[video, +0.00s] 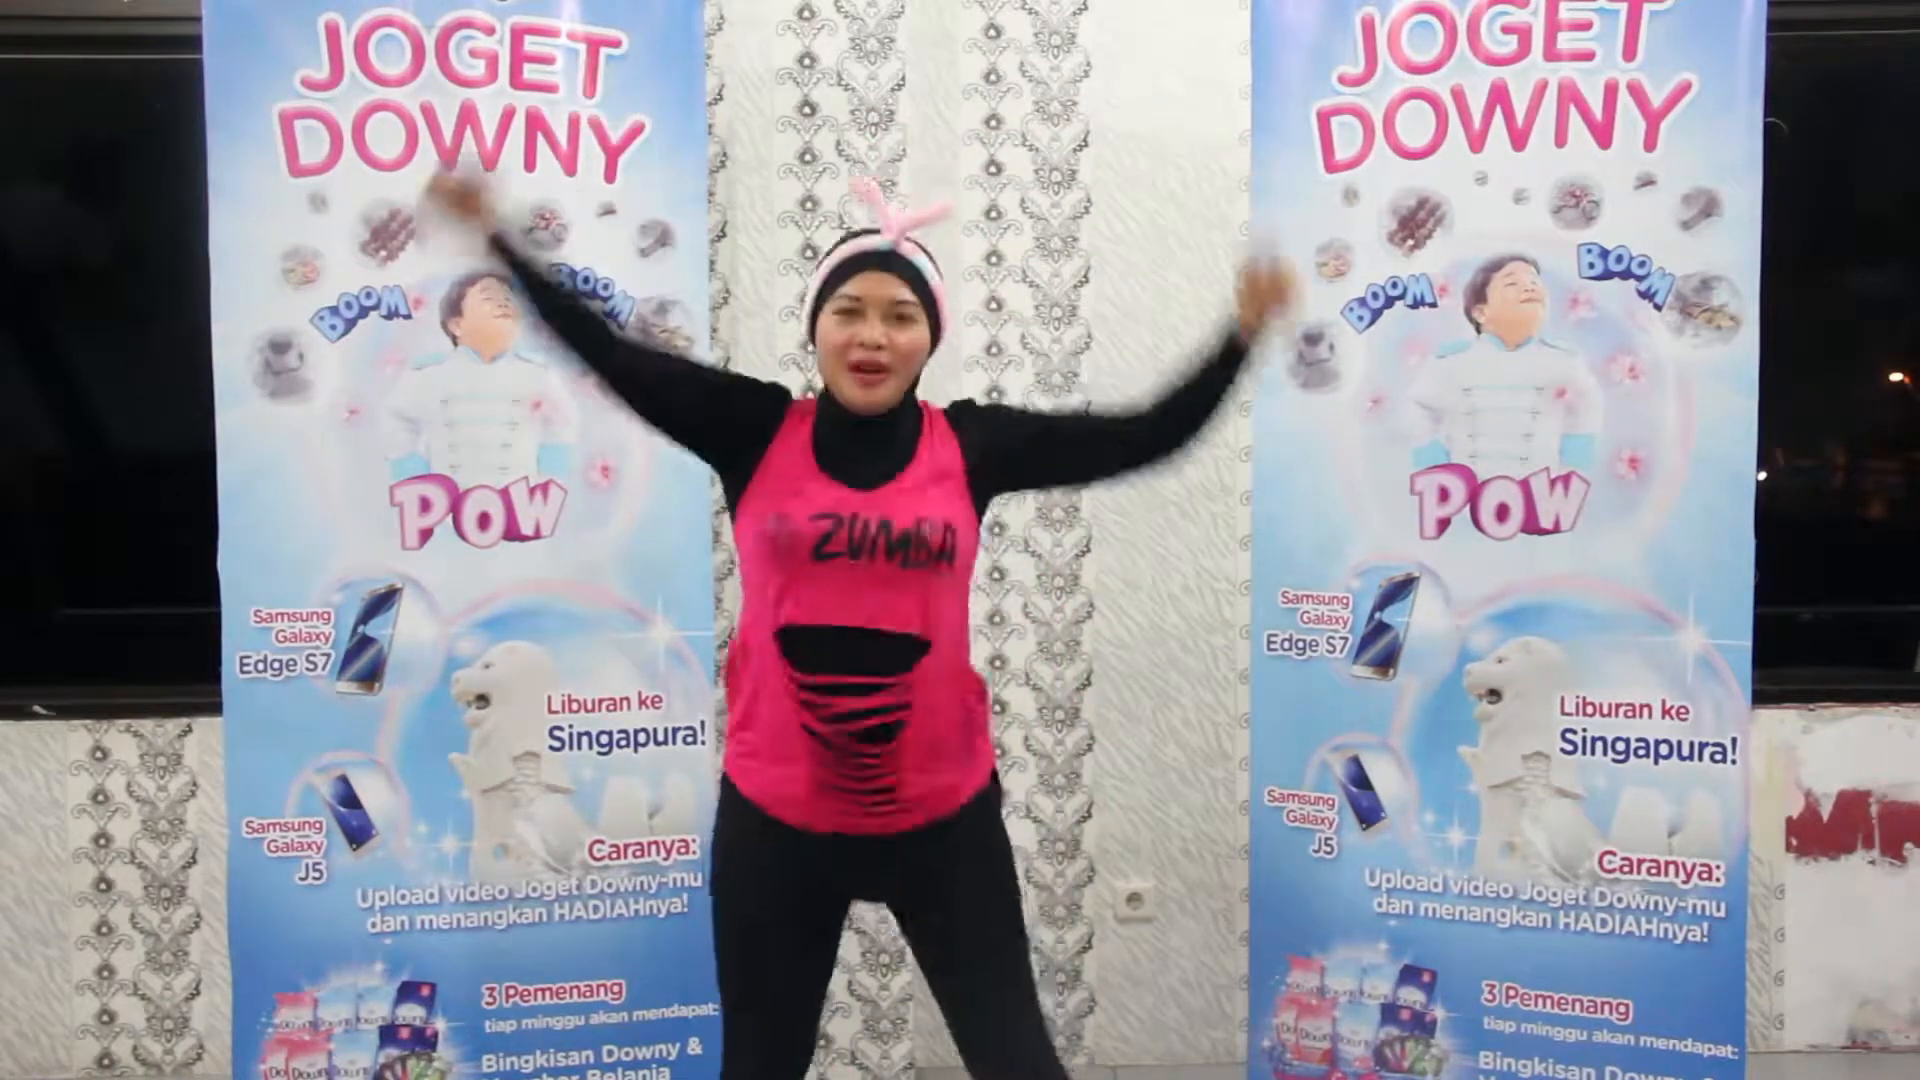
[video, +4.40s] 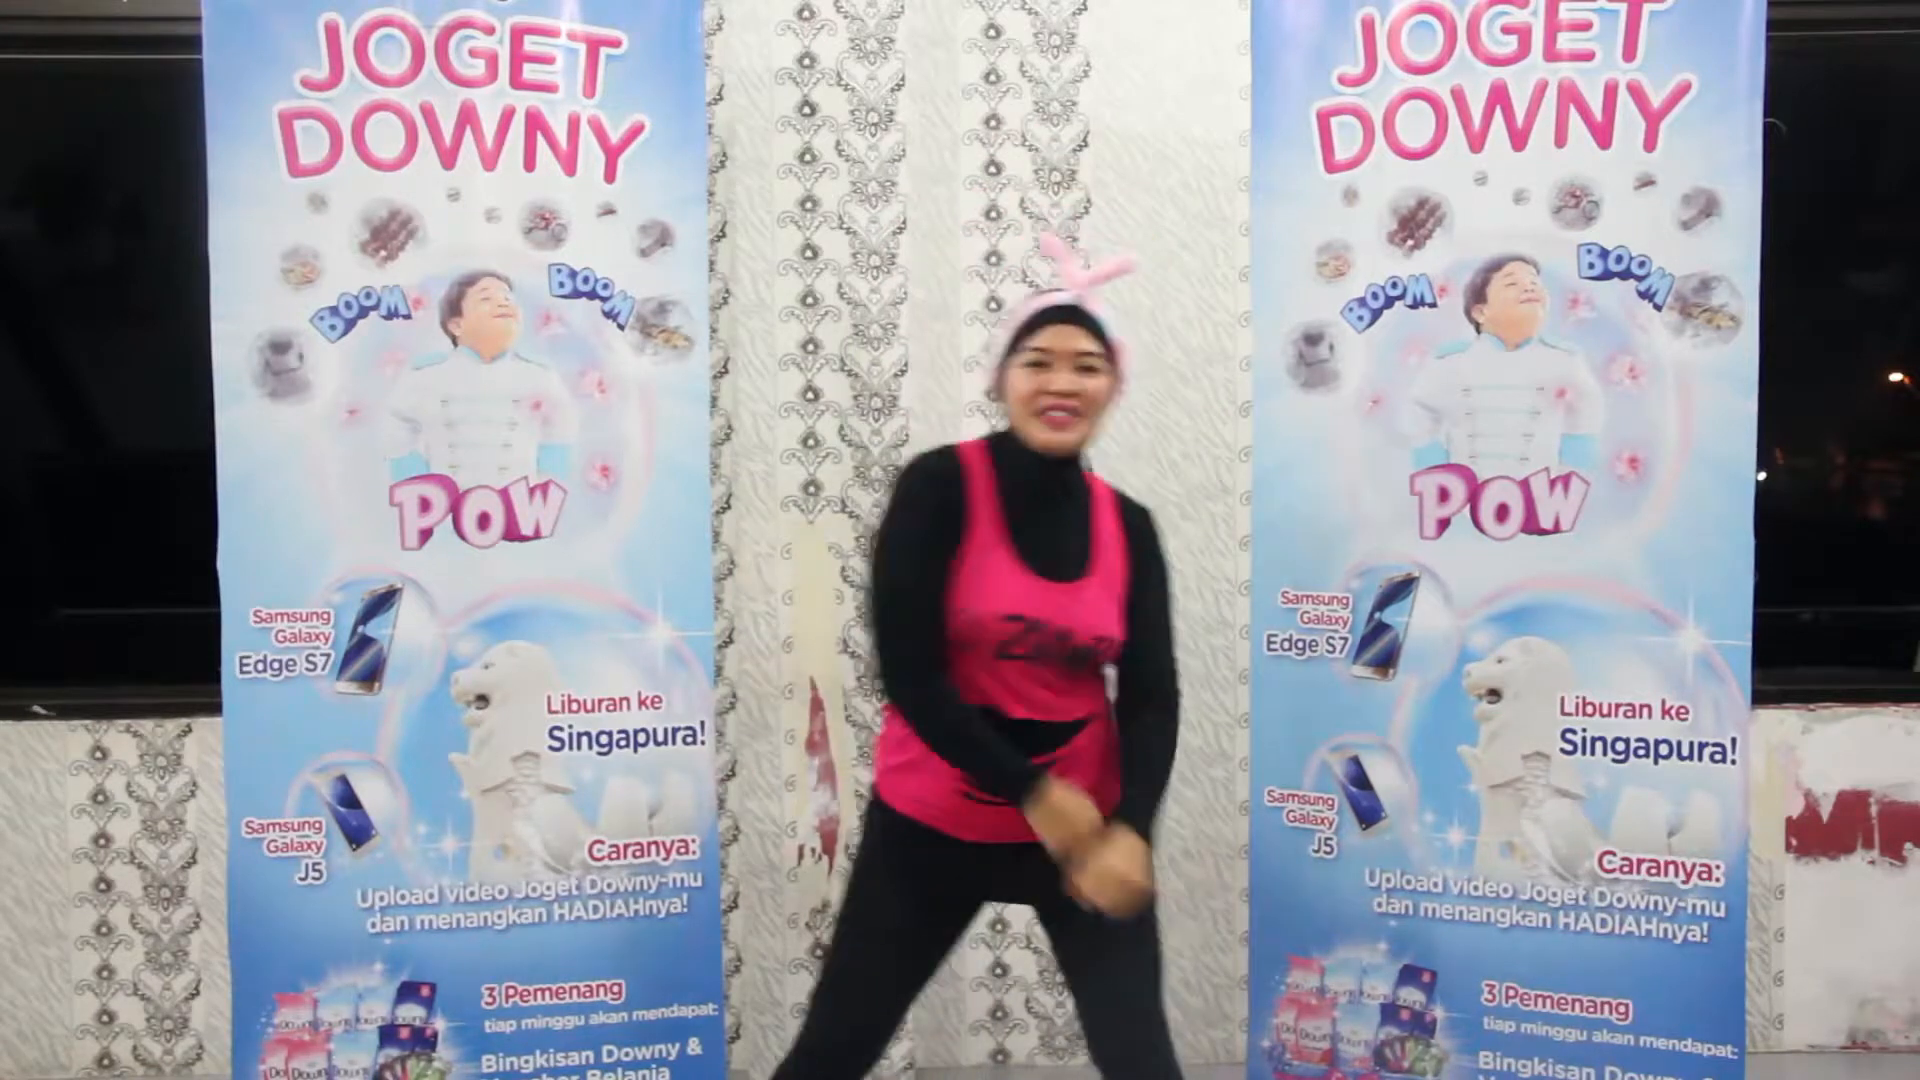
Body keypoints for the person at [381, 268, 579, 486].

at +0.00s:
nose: (503, 305)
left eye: (508, 298)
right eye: (486, 298)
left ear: (518, 317)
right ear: (455, 324)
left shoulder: (537, 377)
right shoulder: (424, 381)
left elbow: (559, 430)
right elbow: (394, 424)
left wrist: (547, 485)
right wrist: (412, 480)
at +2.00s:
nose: (503, 302)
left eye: (508, 296)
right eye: (485, 297)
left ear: (518, 314)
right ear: (455, 324)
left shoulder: (539, 379)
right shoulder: (421, 380)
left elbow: (560, 442)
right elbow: (396, 434)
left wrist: (544, 499)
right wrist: (415, 494)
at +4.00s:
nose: (502, 303)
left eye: (508, 297)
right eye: (484, 298)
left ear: (517, 312)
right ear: (455, 325)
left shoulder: (539, 376)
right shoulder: (422, 376)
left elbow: (559, 438)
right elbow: (395, 433)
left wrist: (544, 497)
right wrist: (416, 491)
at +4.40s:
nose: (503, 303)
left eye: (508, 297)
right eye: (485, 298)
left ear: (518, 314)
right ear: (455, 324)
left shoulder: (540, 377)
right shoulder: (421, 377)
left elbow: (558, 445)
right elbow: (396, 437)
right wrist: (419, 493)